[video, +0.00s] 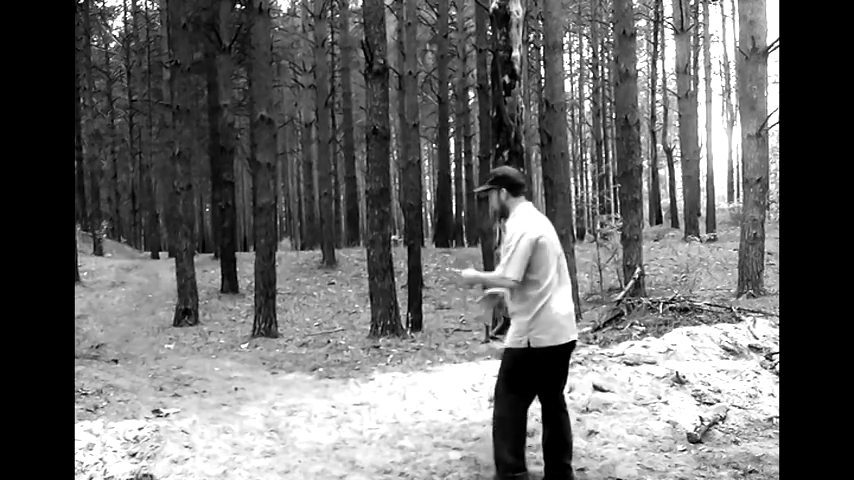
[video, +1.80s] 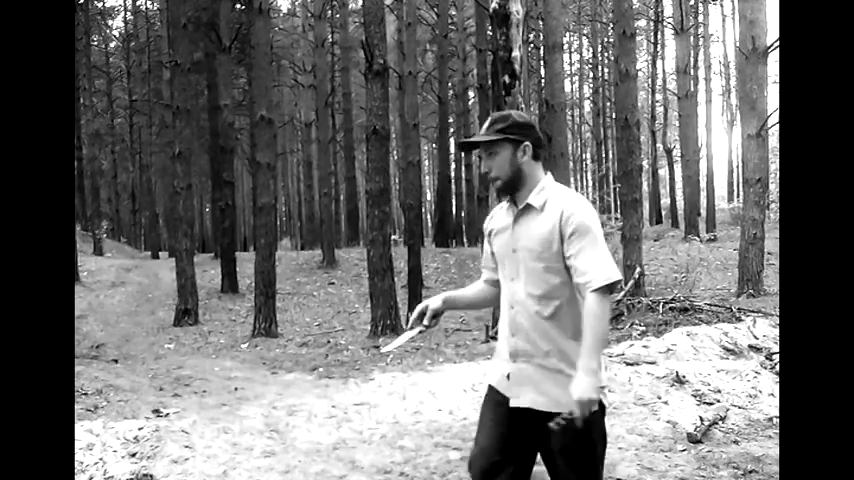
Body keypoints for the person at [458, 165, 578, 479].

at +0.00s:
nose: (489, 204)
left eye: (489, 196)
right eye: (487, 197)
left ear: (503, 193)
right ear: (513, 192)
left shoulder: (522, 225)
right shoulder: (537, 219)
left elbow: (509, 279)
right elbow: (530, 278)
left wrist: (476, 276)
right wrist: (497, 290)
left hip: (533, 334)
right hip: (559, 331)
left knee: (507, 408)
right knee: (553, 405)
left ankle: (509, 472)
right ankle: (560, 473)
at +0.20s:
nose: (504, 201)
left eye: (507, 193)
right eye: (502, 194)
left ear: (526, 190)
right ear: (524, 191)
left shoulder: (550, 226)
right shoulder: (538, 223)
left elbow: (557, 283)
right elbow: (537, 274)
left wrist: (517, 310)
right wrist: (502, 277)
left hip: (553, 332)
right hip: (550, 330)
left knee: (533, 402)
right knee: (559, 401)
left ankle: (562, 471)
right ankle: (568, 466)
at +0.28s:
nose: (514, 201)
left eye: (520, 193)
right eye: (511, 195)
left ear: (540, 191)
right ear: (516, 196)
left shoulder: (562, 229)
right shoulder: (535, 229)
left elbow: (577, 289)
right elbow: (538, 279)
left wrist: (555, 334)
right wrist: (505, 287)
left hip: (564, 340)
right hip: (546, 339)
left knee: (559, 411)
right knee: (554, 410)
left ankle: (579, 473)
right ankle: (559, 471)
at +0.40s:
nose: (524, 203)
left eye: (531, 196)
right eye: (521, 197)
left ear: (551, 193)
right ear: (520, 197)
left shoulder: (577, 235)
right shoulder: (533, 237)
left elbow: (598, 294)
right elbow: (541, 283)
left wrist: (591, 347)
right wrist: (511, 307)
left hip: (576, 348)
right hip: (548, 347)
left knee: (571, 415)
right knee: (554, 422)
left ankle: (590, 477)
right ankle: (557, 476)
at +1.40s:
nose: (527, 181)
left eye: (534, 170)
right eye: (520, 173)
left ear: (558, 164)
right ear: (514, 175)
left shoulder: (600, 220)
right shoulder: (508, 226)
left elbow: (633, 287)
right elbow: (496, 285)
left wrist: (646, 357)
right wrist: (487, 321)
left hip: (584, 357)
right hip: (531, 363)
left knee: (577, 454)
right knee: (547, 461)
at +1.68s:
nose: (495, 174)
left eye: (504, 161)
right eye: (493, 163)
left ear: (537, 158)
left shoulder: (585, 218)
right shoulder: (503, 223)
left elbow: (617, 297)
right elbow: (495, 293)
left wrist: (620, 383)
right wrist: (453, 310)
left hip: (576, 399)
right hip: (516, 396)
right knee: (506, 475)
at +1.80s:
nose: (484, 167)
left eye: (491, 154)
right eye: (482, 157)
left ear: (524, 151)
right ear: (520, 153)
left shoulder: (570, 211)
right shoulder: (496, 220)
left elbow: (598, 292)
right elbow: (492, 287)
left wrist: (588, 376)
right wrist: (444, 301)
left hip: (568, 392)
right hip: (508, 386)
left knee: (576, 475)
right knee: (485, 470)